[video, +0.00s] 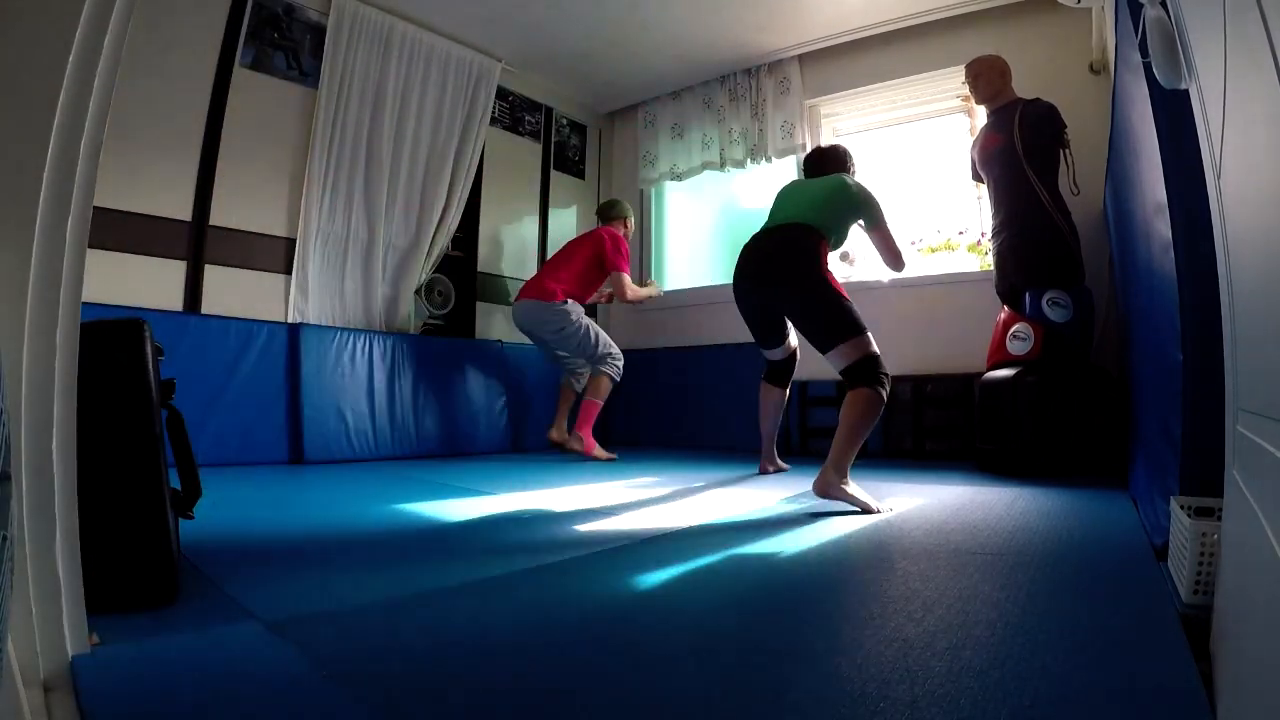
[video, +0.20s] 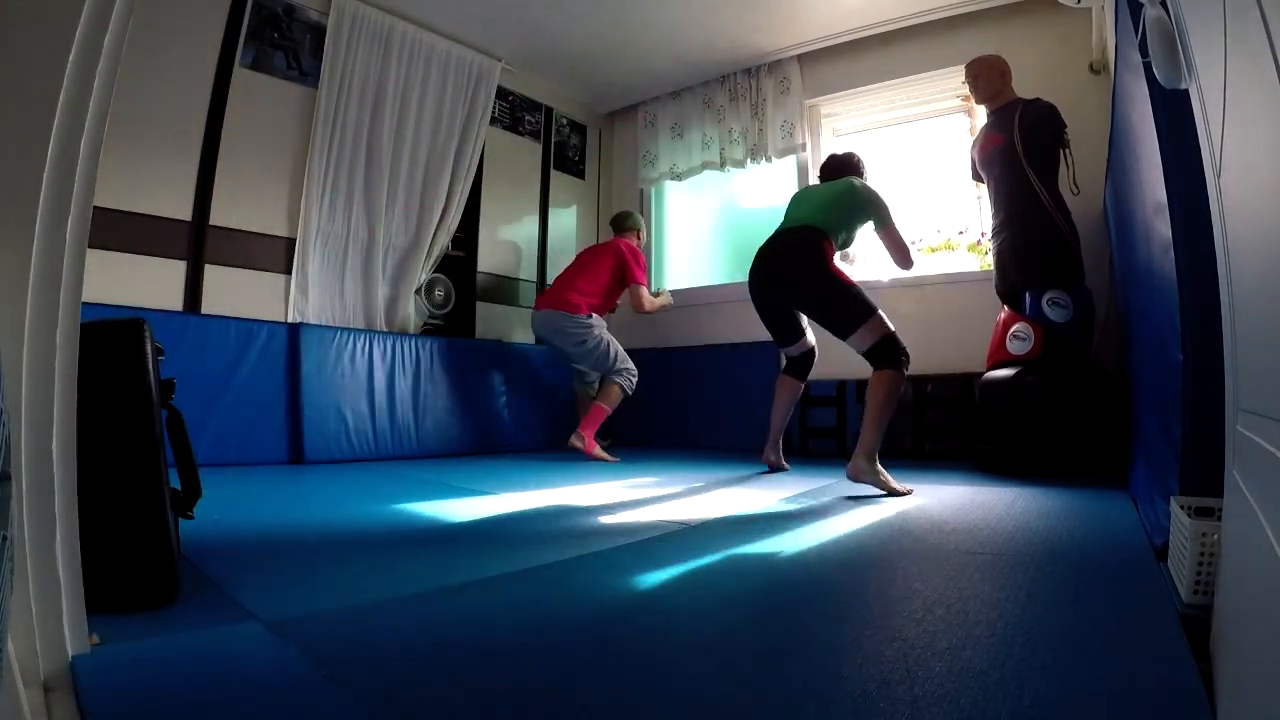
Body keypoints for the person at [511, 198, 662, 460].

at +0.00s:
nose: (630, 234)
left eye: (631, 229)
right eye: (631, 228)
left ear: (602, 222)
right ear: (625, 223)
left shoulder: (587, 238)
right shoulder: (614, 239)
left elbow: (563, 288)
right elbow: (626, 293)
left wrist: (597, 297)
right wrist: (650, 291)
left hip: (524, 306)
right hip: (553, 306)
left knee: (578, 364)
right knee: (610, 358)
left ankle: (559, 428)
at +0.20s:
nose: (643, 243)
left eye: (643, 238)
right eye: (643, 238)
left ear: (614, 233)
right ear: (638, 235)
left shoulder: (594, 249)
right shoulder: (629, 250)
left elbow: (575, 289)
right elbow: (642, 304)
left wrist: (606, 302)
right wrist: (661, 301)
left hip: (542, 314)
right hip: (573, 315)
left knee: (587, 373)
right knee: (624, 372)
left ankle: (587, 435)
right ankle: (585, 435)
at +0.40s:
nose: (648, 256)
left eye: (647, 252)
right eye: (648, 251)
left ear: (619, 248)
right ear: (643, 250)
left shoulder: (600, 263)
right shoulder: (635, 264)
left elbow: (580, 304)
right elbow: (646, 317)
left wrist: (611, 320)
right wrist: (664, 315)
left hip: (550, 322)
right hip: (583, 322)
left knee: (595, 371)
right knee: (640, 366)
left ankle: (586, 436)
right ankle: (611, 425)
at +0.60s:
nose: (649, 257)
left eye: (648, 254)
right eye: (648, 253)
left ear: (622, 251)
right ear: (645, 252)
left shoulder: (606, 266)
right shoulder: (640, 268)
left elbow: (585, 302)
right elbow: (655, 318)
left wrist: (611, 329)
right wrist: (667, 315)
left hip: (556, 324)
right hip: (589, 325)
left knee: (599, 375)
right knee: (641, 376)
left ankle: (587, 435)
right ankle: (611, 431)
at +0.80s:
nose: (652, 258)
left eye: (651, 255)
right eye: (651, 254)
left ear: (625, 251)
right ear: (648, 252)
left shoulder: (608, 266)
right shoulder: (642, 266)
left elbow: (589, 301)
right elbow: (654, 317)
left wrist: (611, 330)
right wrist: (669, 316)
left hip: (557, 321)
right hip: (588, 323)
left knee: (599, 374)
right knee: (639, 375)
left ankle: (587, 435)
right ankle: (610, 432)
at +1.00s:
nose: (651, 254)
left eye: (650, 251)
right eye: (651, 250)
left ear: (624, 247)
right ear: (647, 248)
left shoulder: (607, 262)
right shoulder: (641, 262)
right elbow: (652, 314)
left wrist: (650, 302)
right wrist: (668, 314)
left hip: (556, 319)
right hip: (587, 320)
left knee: (598, 374)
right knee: (638, 372)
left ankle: (586, 435)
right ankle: (610, 433)